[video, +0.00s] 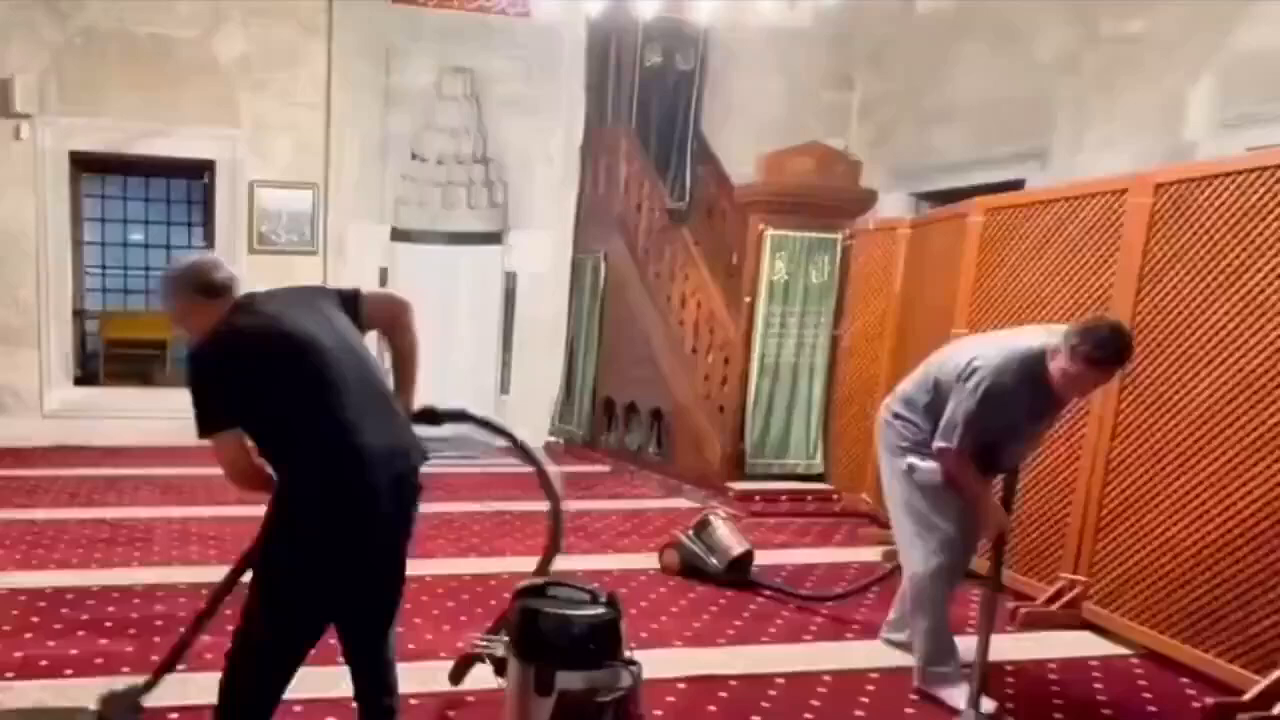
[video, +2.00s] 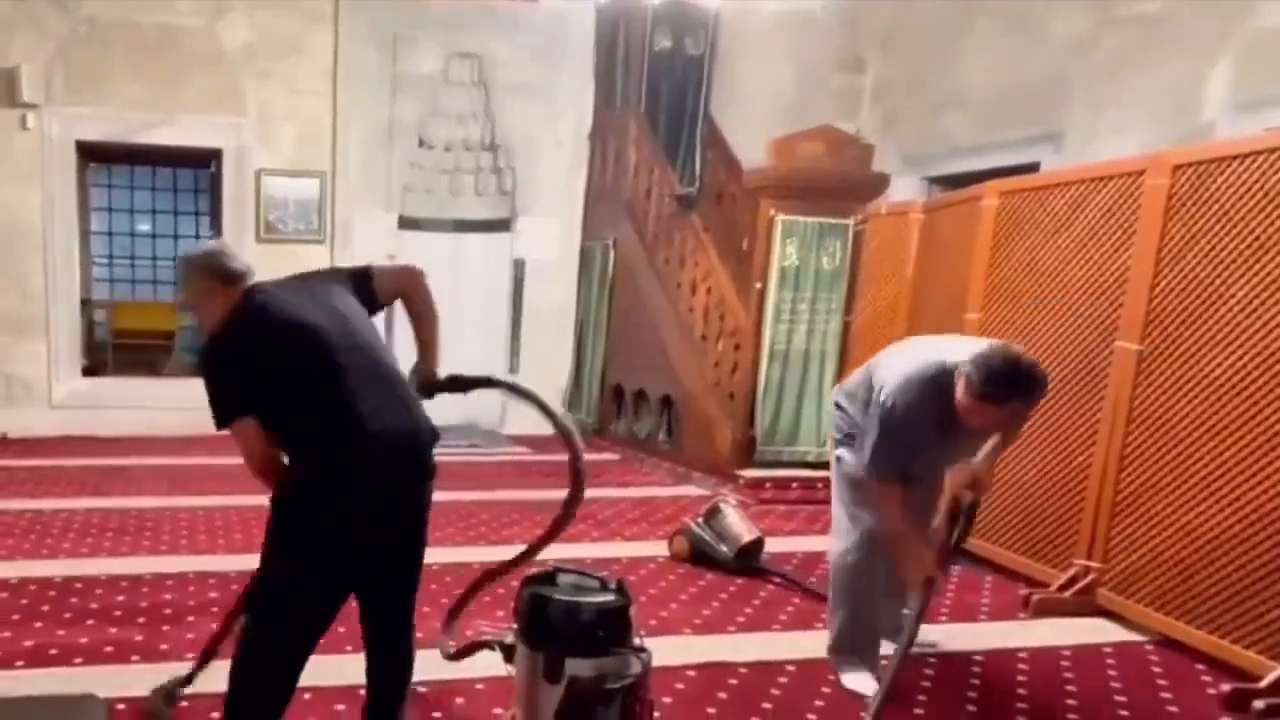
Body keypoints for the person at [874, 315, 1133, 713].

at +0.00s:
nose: (1086, 392)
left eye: (1095, 386)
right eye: (1084, 380)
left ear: (1105, 375)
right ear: (1066, 356)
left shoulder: (1067, 365)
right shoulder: (997, 371)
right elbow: (948, 454)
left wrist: (1011, 455)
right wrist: (987, 508)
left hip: (968, 445)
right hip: (912, 433)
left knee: (959, 542)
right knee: (934, 555)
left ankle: (902, 626)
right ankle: (936, 673)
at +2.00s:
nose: (975, 430)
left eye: (987, 424)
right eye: (970, 419)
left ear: (1015, 410)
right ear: (961, 387)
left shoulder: (1021, 386)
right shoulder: (904, 394)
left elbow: (1017, 422)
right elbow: (882, 486)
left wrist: (985, 459)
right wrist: (909, 550)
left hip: (931, 445)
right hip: (865, 435)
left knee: (916, 535)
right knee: (861, 539)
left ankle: (894, 623)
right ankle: (851, 655)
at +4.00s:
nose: (870, 415)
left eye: (881, 407)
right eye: (863, 406)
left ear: (905, 389)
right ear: (852, 387)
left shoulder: (942, 377)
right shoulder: (819, 407)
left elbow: (975, 411)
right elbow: (809, 487)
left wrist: (937, 469)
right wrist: (833, 554)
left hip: (895, 475)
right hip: (834, 480)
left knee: (897, 560)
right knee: (818, 567)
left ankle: (877, 644)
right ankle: (818, 672)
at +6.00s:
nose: (826, 397)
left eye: (835, 388)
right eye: (822, 388)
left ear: (868, 379)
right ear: (816, 379)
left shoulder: (907, 361)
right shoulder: (793, 392)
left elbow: (957, 351)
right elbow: (786, 458)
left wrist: (926, 417)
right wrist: (823, 501)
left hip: (874, 458)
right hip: (810, 461)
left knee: (881, 546)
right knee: (786, 540)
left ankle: (879, 641)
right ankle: (776, 645)